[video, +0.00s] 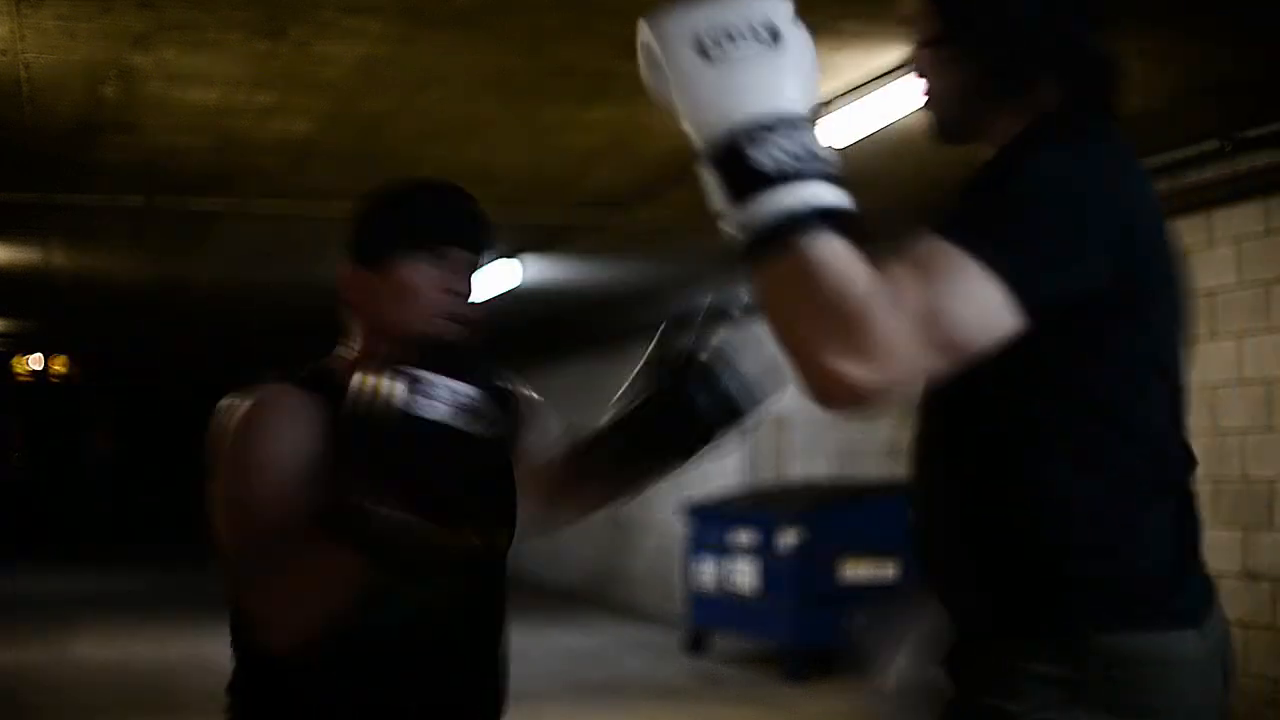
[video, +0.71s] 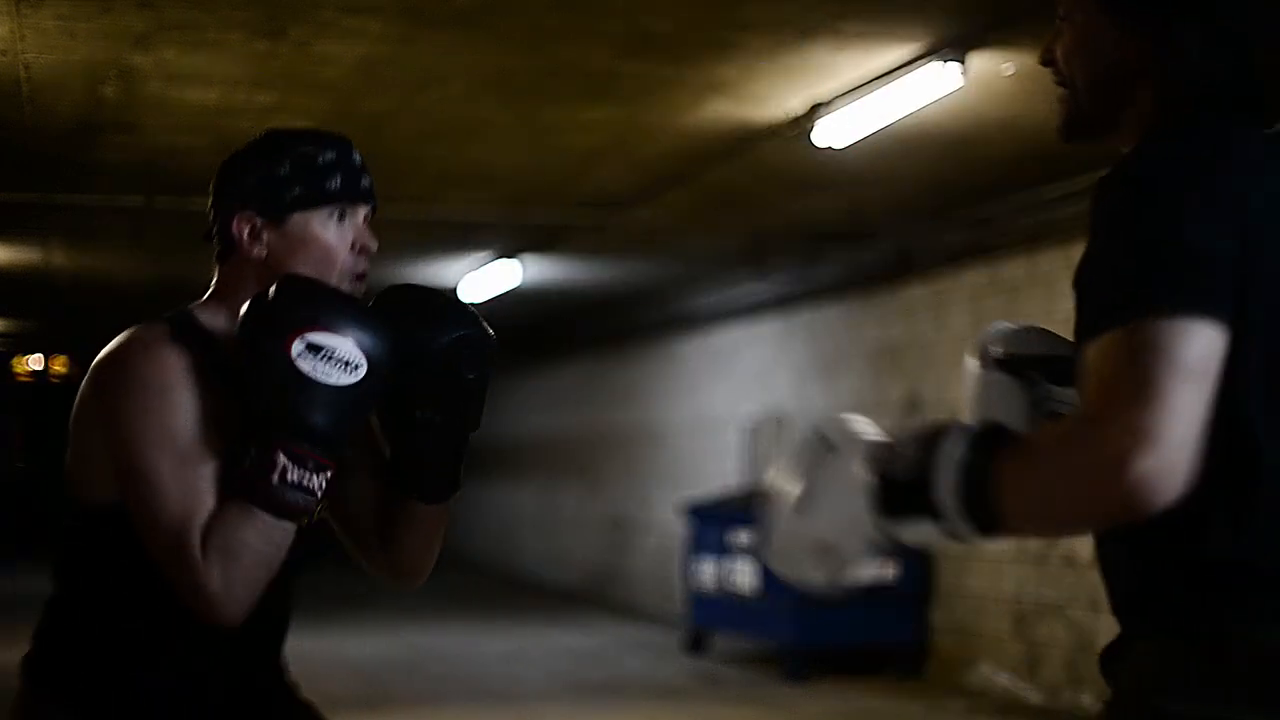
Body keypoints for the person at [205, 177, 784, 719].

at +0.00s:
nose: (461, 288)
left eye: (467, 270)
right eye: (437, 264)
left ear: (474, 285)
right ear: (363, 281)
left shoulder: (494, 413)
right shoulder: (280, 419)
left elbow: (543, 498)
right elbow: (274, 609)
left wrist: (674, 416)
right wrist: (387, 482)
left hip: (458, 709)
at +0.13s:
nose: (376, 283)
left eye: (397, 260)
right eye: (347, 262)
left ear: (421, 278)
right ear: (300, 285)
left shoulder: (489, 371)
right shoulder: (254, 410)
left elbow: (687, 368)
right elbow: (170, 645)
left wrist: (733, 270)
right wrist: (228, 487)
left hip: (481, 712)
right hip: (323, 719)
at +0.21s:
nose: (375, 304)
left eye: (390, 278)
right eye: (343, 283)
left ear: (411, 289)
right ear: (286, 305)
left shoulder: (492, 400)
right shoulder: (240, 456)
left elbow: (632, 452)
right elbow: (150, 665)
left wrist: (702, 438)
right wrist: (194, 532)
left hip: (479, 710)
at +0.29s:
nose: (373, 301)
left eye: (382, 276)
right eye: (339, 280)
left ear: (400, 288)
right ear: (271, 305)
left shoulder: (458, 415)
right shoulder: (205, 454)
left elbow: (546, 505)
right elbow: (116, 661)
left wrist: (626, 510)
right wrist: (192, 553)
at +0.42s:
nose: (352, 278)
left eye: (353, 254)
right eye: (320, 251)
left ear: (360, 262)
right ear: (234, 269)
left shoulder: (376, 397)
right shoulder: (143, 412)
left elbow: (431, 544)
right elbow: (116, 616)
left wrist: (487, 497)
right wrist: (232, 484)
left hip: (357, 708)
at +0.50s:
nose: (346, 248)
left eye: (345, 228)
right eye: (317, 225)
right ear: (230, 245)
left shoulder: (327, 378)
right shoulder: (133, 388)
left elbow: (414, 553)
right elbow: (140, 589)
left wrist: (443, 453)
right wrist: (260, 460)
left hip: (315, 697)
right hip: (174, 709)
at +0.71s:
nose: (368, 243)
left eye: (365, 219)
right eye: (340, 217)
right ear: (253, 234)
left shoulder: (292, 369)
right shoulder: (148, 367)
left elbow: (400, 560)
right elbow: (220, 592)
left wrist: (439, 423)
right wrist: (306, 430)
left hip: (244, 699)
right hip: (119, 709)